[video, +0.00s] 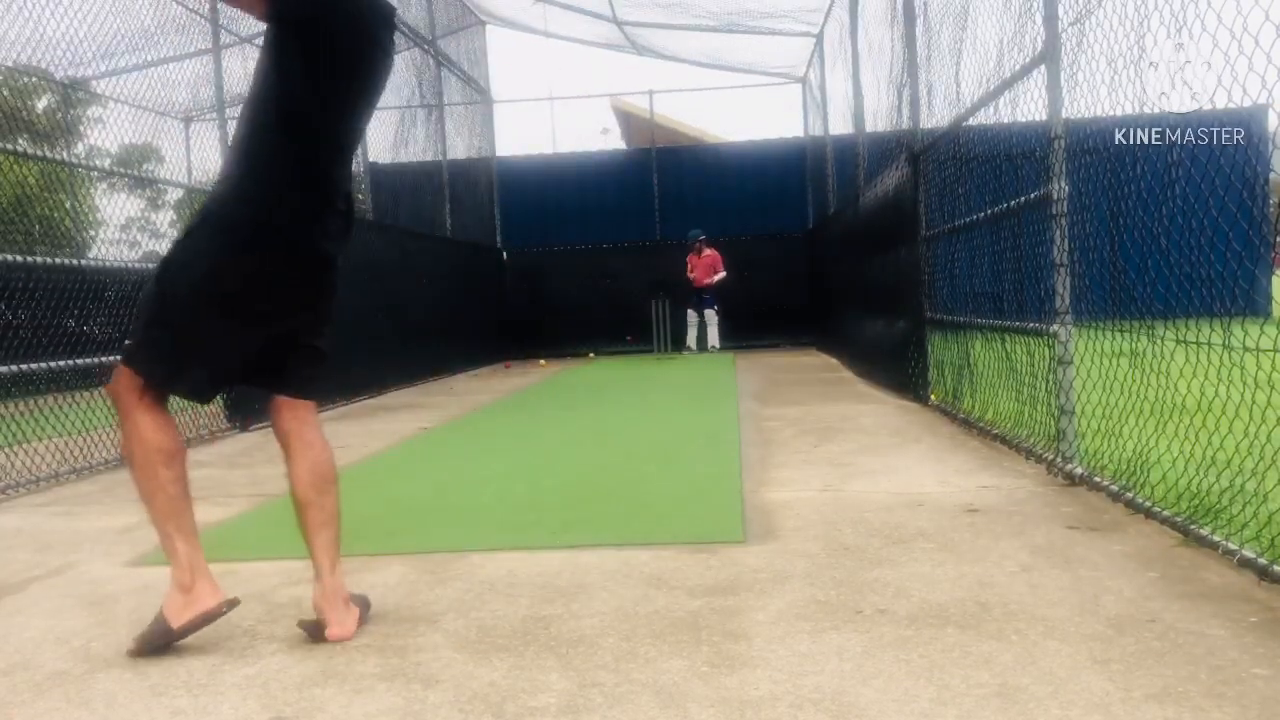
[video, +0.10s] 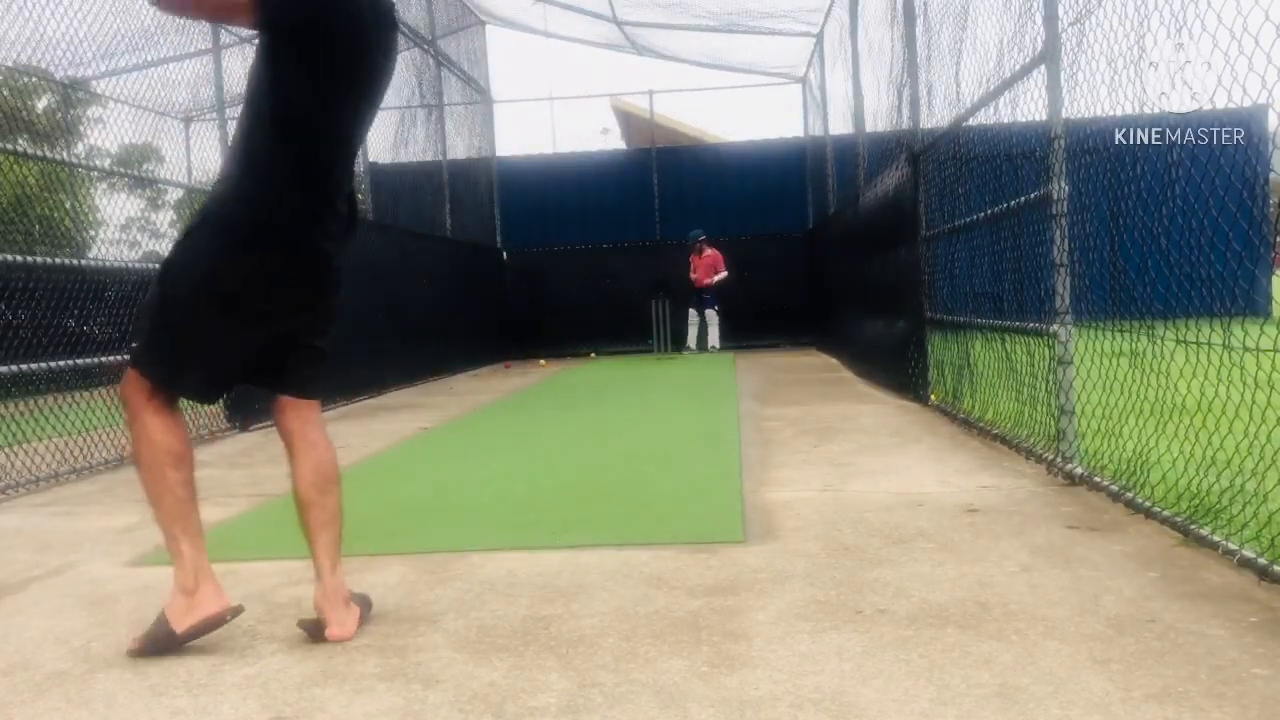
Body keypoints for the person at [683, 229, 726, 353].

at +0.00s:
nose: (694, 246)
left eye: (695, 243)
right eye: (692, 244)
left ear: (702, 242)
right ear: (691, 244)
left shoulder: (713, 254)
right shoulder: (690, 257)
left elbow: (722, 272)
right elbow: (688, 272)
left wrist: (713, 279)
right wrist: (692, 276)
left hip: (708, 288)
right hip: (696, 288)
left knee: (710, 314)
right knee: (691, 314)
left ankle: (713, 345)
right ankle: (691, 346)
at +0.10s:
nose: (693, 247)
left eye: (695, 244)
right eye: (692, 244)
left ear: (702, 242)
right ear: (693, 244)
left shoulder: (714, 254)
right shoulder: (693, 257)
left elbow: (723, 272)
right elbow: (691, 272)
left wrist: (713, 279)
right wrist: (694, 277)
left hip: (709, 288)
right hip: (697, 288)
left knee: (710, 314)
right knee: (693, 314)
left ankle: (713, 345)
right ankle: (691, 345)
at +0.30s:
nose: (718, 274)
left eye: (720, 272)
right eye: (716, 271)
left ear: (721, 273)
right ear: (710, 270)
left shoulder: (715, 281)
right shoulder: (702, 282)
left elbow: (713, 293)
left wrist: (714, 301)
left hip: (702, 303)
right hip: (690, 304)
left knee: (703, 328)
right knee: (689, 329)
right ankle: (685, 356)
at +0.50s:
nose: (714, 268)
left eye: (716, 265)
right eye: (712, 265)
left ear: (718, 266)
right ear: (707, 264)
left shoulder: (716, 275)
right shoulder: (699, 275)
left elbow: (716, 288)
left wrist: (719, 298)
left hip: (702, 302)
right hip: (689, 302)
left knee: (705, 326)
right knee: (680, 326)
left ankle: (707, 356)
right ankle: (673, 350)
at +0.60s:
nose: (711, 263)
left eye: (713, 261)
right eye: (709, 260)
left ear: (716, 262)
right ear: (704, 260)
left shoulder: (715, 275)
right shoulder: (695, 271)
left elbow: (718, 292)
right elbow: (687, 290)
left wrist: (721, 305)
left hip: (703, 304)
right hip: (689, 302)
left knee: (704, 325)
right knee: (678, 324)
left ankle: (707, 356)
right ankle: (674, 352)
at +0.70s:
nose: (707, 260)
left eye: (709, 257)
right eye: (704, 257)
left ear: (712, 259)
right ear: (700, 258)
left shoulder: (713, 274)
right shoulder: (690, 269)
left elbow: (716, 292)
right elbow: (681, 280)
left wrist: (719, 303)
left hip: (700, 303)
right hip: (685, 301)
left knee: (704, 326)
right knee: (678, 326)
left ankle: (707, 356)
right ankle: (674, 354)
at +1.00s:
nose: (689, 256)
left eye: (691, 253)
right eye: (686, 253)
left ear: (695, 254)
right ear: (682, 255)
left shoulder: (699, 268)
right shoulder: (675, 268)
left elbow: (703, 286)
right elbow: (667, 282)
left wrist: (704, 297)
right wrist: (662, 289)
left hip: (693, 303)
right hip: (678, 303)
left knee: (699, 326)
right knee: (675, 329)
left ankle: (706, 355)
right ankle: (674, 357)